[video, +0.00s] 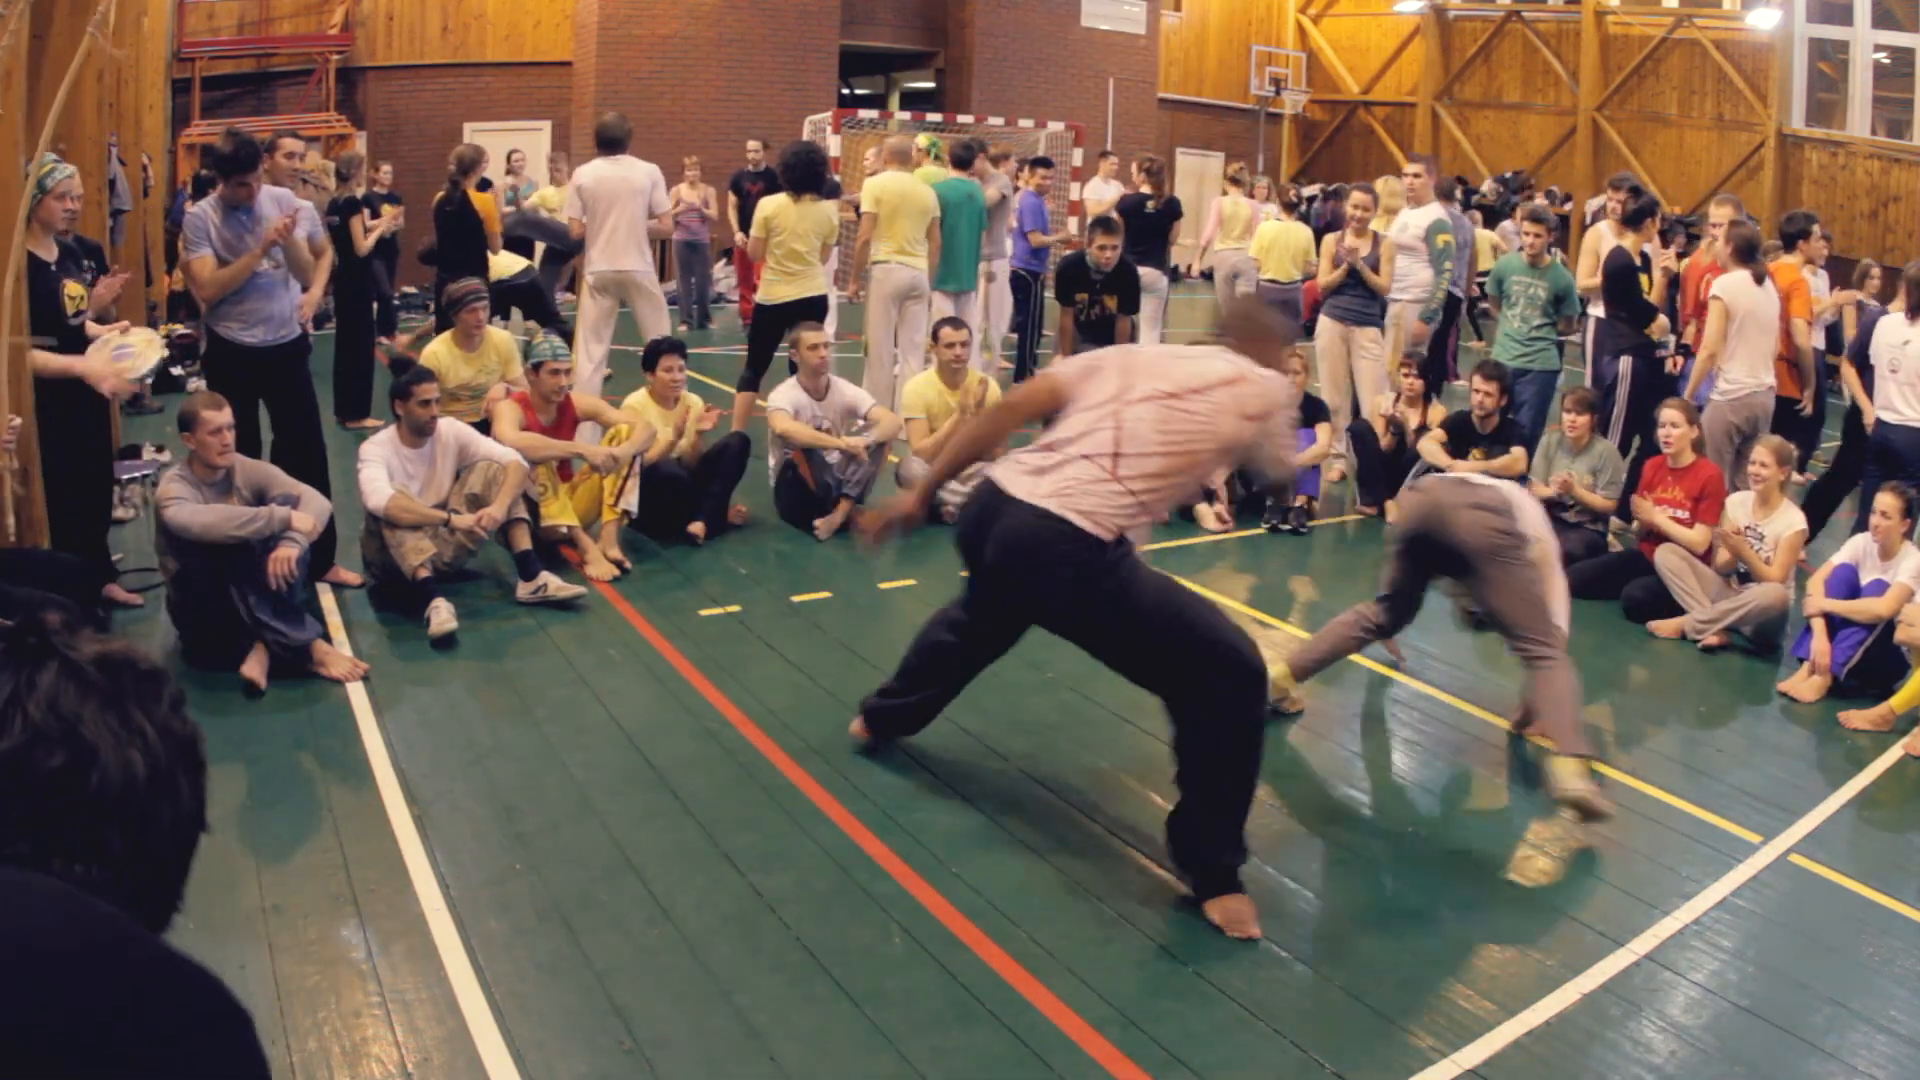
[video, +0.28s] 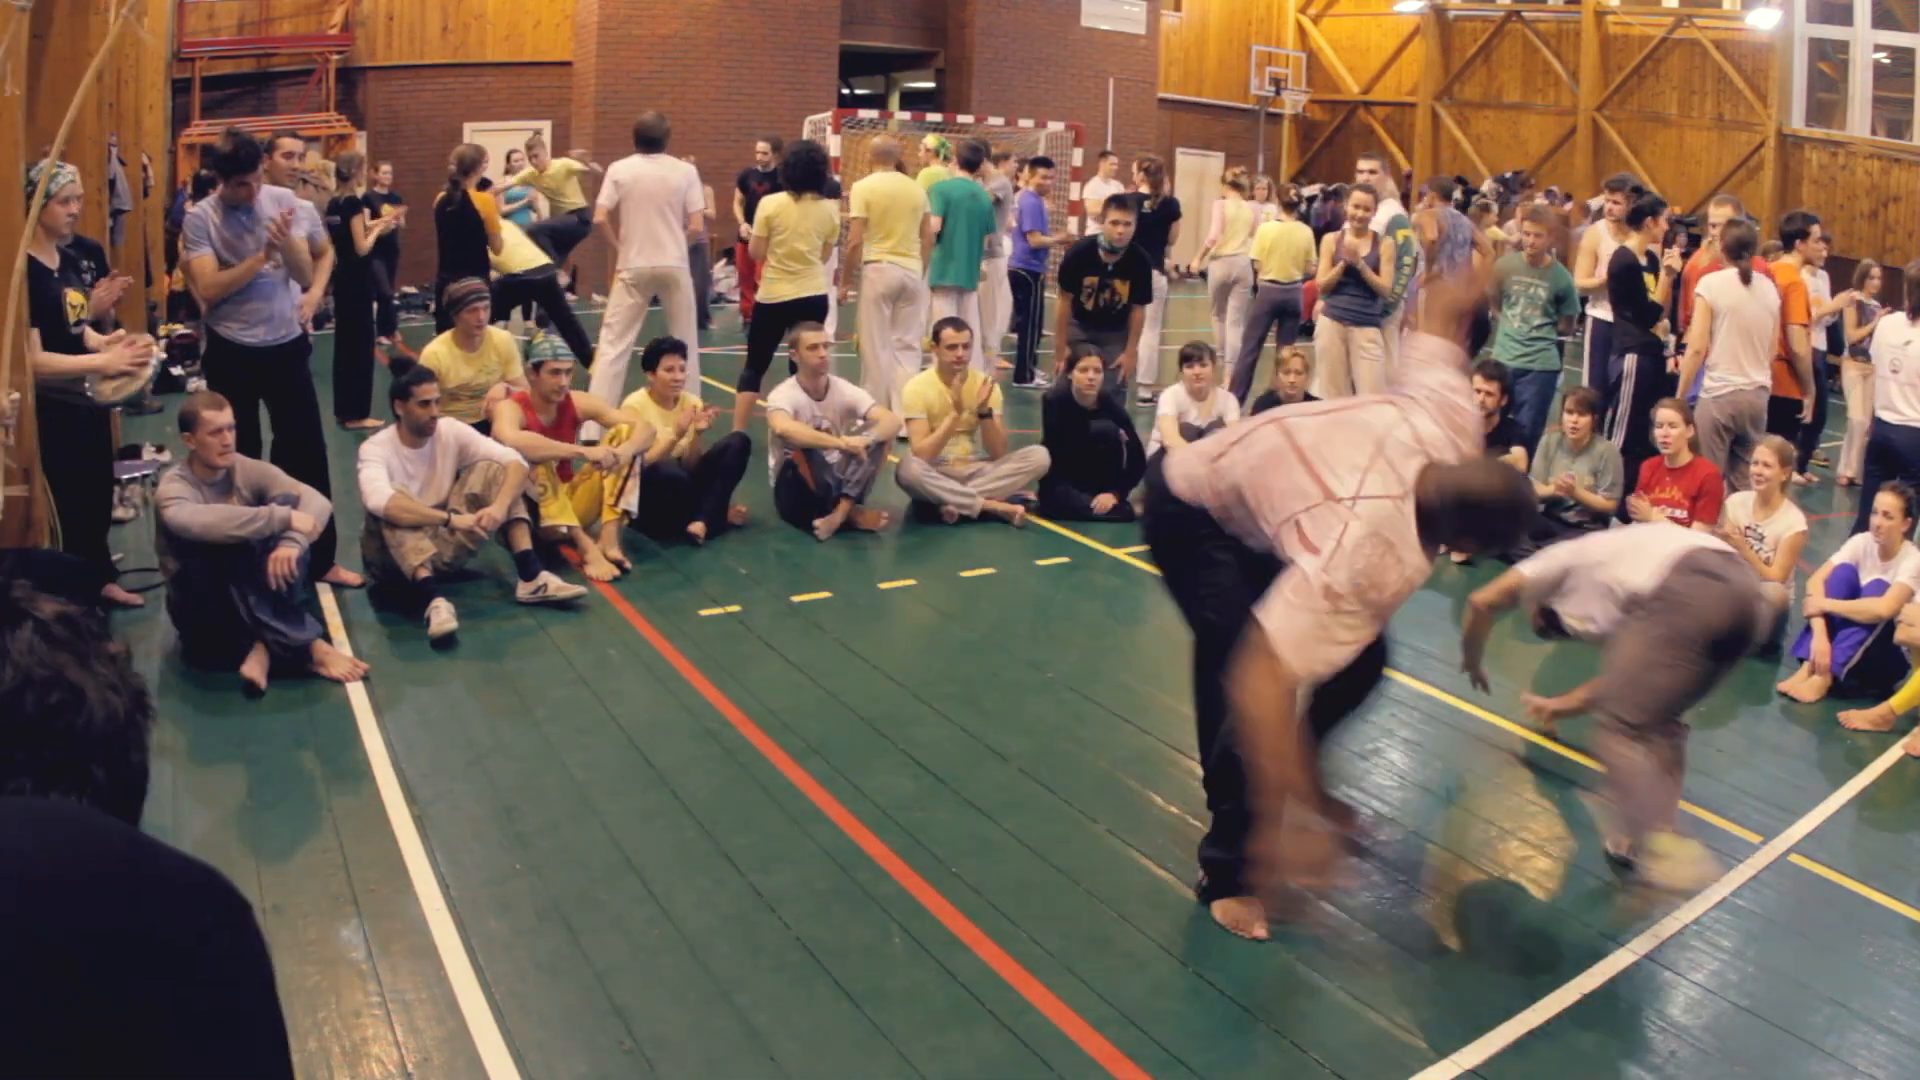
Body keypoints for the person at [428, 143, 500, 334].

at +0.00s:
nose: (486, 167)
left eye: (486, 163)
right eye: (484, 163)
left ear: (456, 165)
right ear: (476, 168)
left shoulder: (439, 199)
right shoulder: (485, 200)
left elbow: (441, 240)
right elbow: (495, 246)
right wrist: (497, 206)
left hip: (446, 276)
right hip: (474, 278)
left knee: (443, 332)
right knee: (474, 333)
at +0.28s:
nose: (486, 168)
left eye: (485, 163)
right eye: (484, 164)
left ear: (457, 165)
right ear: (478, 168)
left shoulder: (440, 200)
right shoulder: (485, 200)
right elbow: (497, 245)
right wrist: (495, 210)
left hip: (446, 280)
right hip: (475, 280)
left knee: (445, 337)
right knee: (474, 336)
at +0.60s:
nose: (485, 168)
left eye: (485, 163)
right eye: (483, 163)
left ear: (455, 165)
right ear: (475, 168)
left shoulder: (440, 200)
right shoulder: (484, 201)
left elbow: (444, 240)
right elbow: (493, 247)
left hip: (446, 279)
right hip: (475, 280)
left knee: (445, 337)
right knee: (474, 337)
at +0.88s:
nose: (485, 169)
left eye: (485, 163)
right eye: (483, 163)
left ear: (455, 168)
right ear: (471, 168)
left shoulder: (438, 202)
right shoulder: (479, 201)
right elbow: (496, 246)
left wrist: (489, 206)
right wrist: (501, 213)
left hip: (445, 278)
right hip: (473, 280)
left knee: (445, 338)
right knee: (472, 340)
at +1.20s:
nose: (482, 168)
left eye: (482, 163)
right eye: (479, 163)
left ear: (451, 168)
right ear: (468, 168)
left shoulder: (438, 199)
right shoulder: (476, 200)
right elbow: (494, 245)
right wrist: (495, 213)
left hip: (442, 282)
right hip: (471, 284)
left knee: (442, 342)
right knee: (469, 343)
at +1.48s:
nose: (477, 167)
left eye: (477, 162)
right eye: (474, 163)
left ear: (447, 168)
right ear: (463, 167)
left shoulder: (434, 200)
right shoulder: (472, 199)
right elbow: (491, 243)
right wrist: (492, 211)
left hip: (440, 281)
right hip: (468, 282)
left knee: (441, 345)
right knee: (467, 345)